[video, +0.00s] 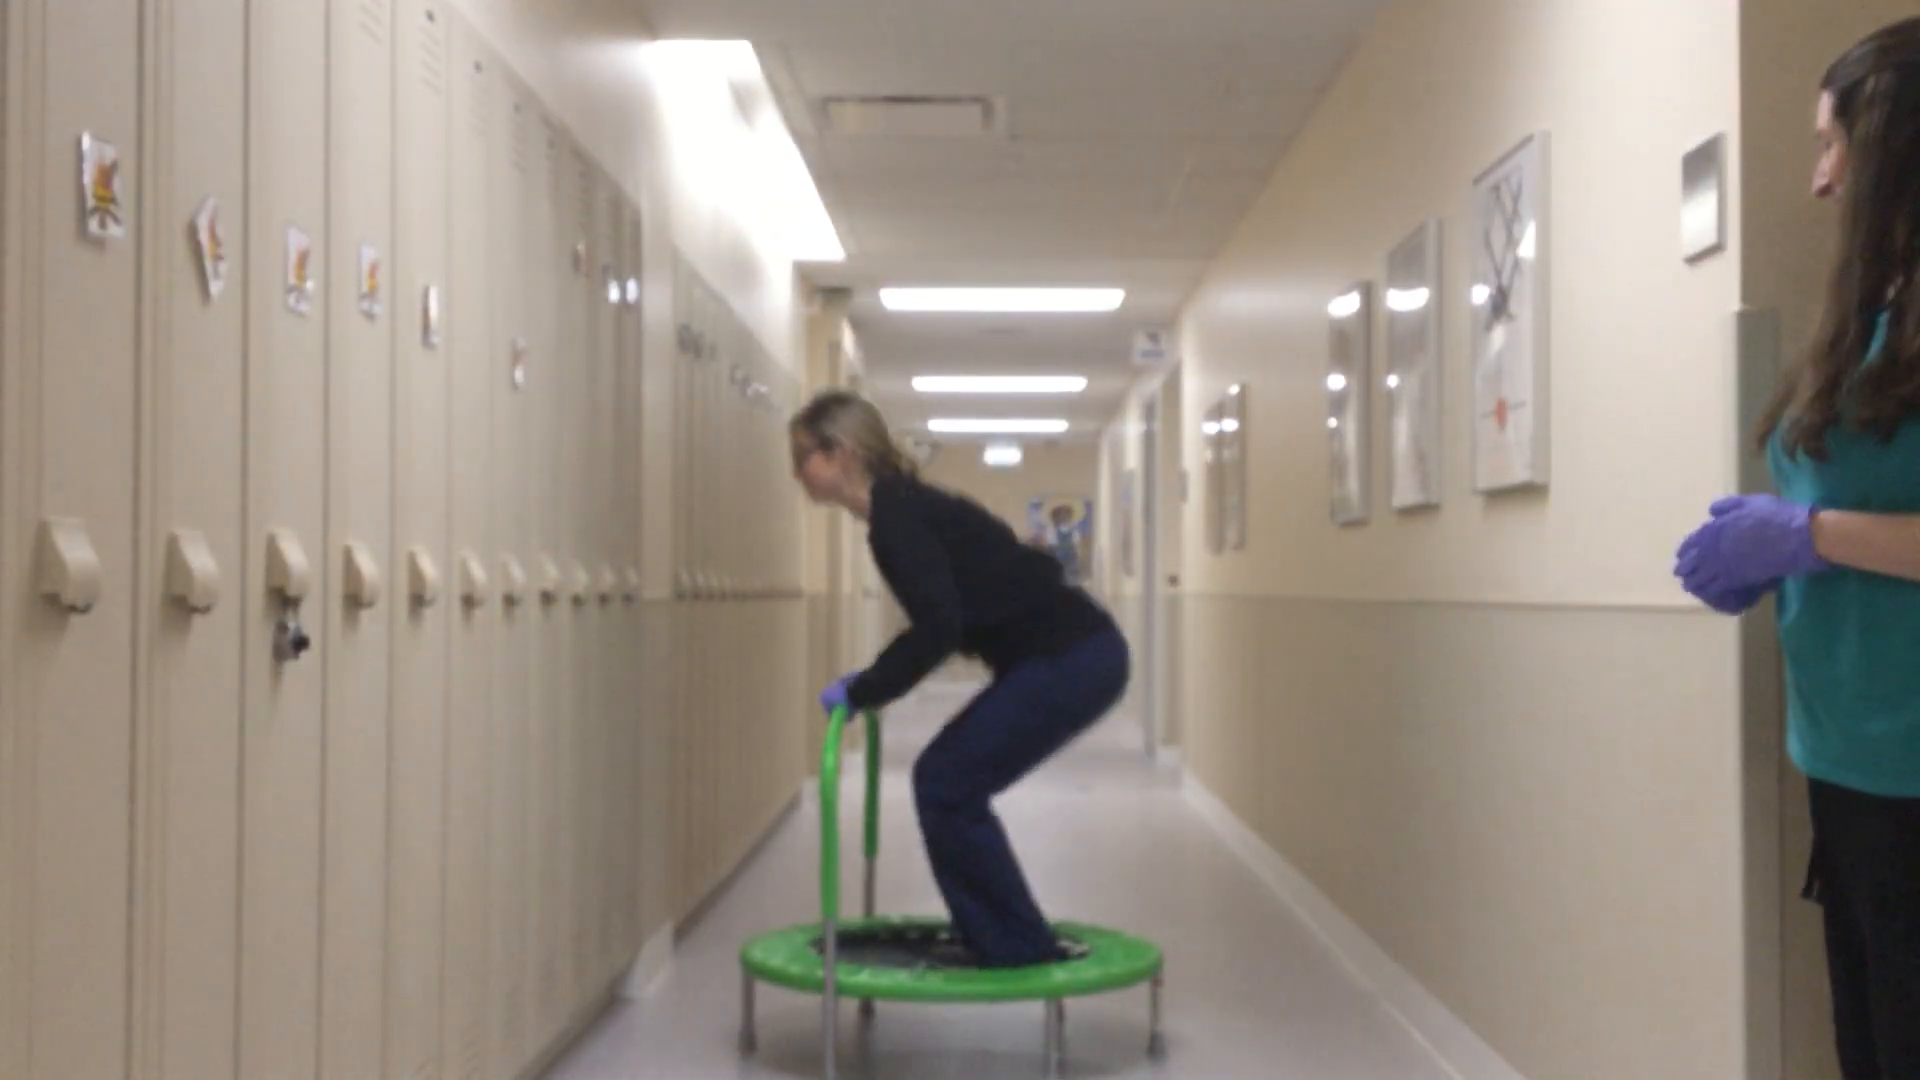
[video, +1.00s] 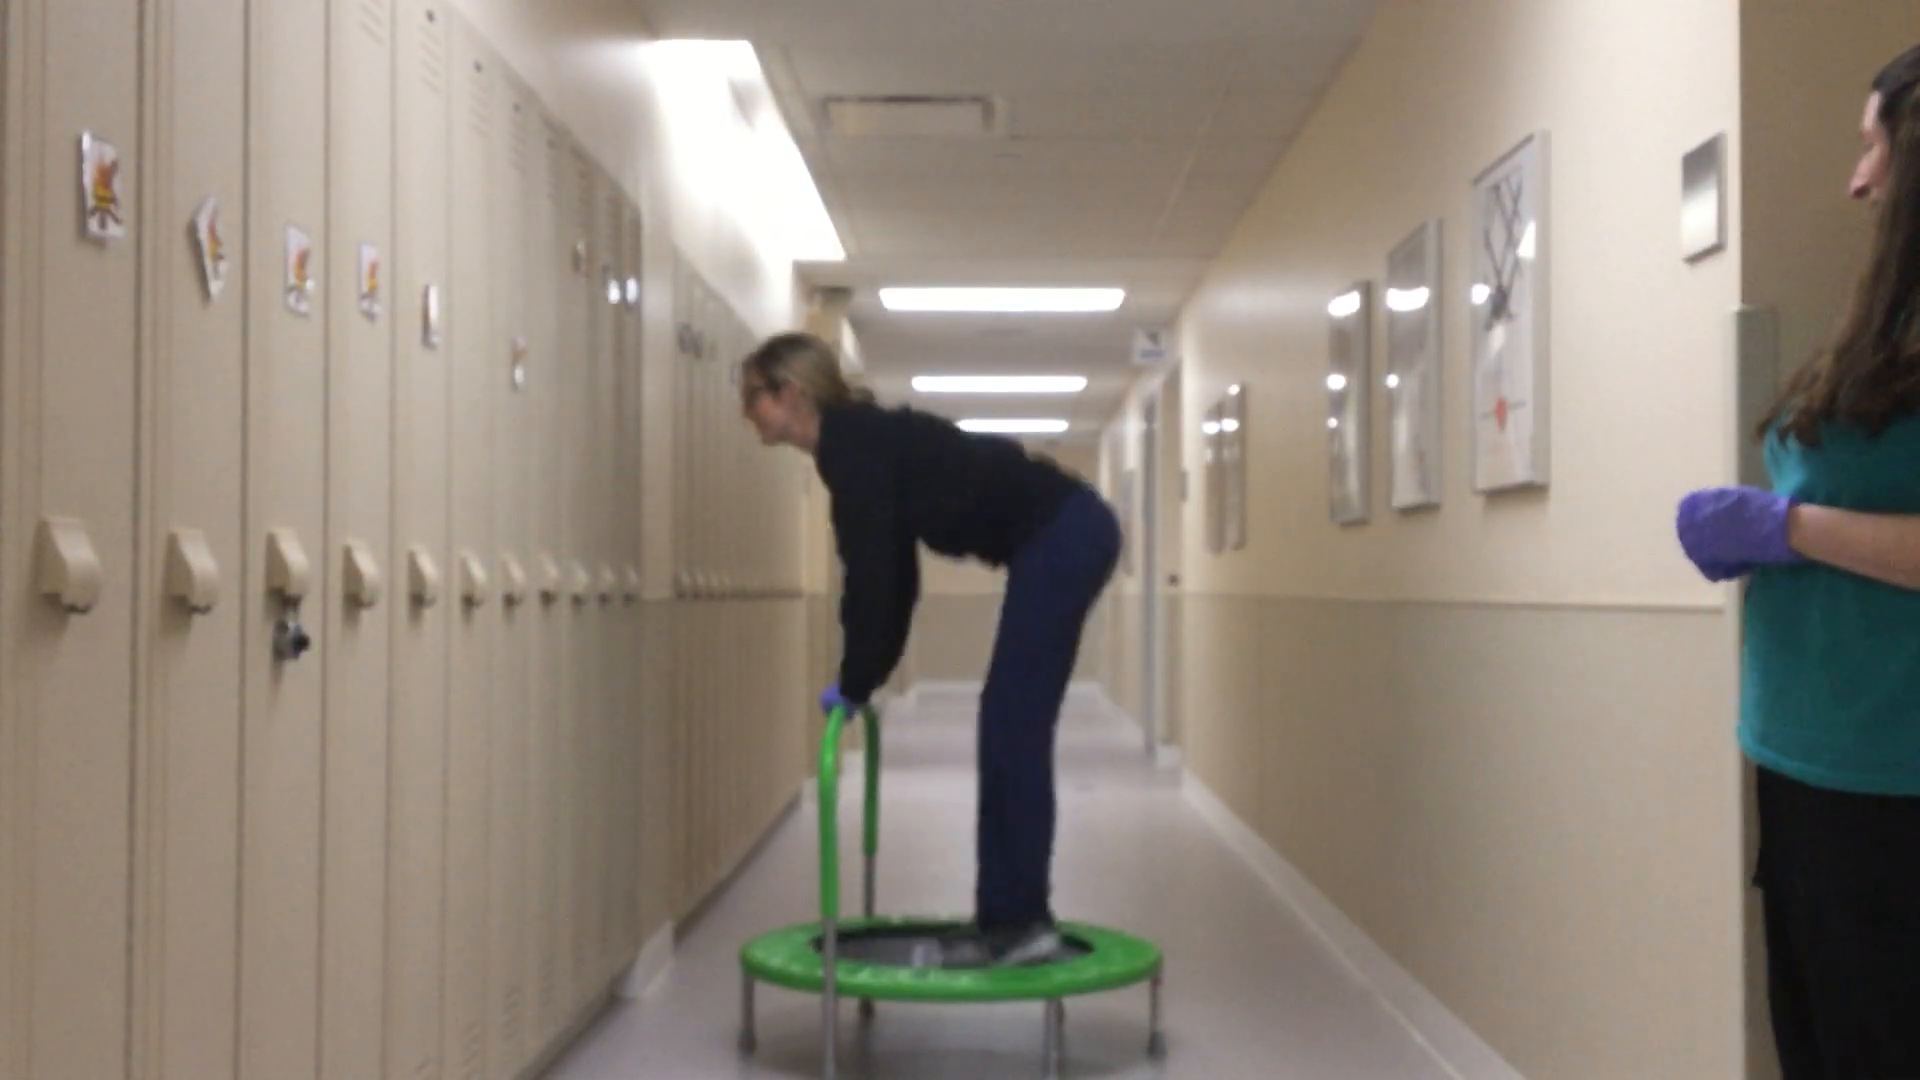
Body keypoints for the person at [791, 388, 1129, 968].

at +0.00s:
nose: (797, 473)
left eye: (802, 457)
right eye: (796, 459)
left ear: (838, 455)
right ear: (841, 456)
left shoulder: (899, 512)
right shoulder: (896, 511)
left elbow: (941, 626)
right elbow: (938, 624)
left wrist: (863, 690)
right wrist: (865, 684)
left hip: (1075, 659)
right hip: (1066, 656)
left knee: (947, 778)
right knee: (943, 775)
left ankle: (1013, 942)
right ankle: (993, 933)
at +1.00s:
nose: (750, 417)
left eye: (753, 400)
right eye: (747, 403)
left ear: (788, 394)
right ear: (798, 393)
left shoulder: (851, 443)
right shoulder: (862, 438)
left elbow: (873, 569)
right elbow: (894, 573)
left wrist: (854, 682)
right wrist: (861, 679)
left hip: (1061, 539)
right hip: (1060, 537)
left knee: (1014, 723)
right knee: (1012, 721)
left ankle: (1014, 919)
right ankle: (1011, 916)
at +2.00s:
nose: (787, 391)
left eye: (790, 375)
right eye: (785, 377)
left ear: (824, 370)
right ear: (834, 369)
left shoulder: (886, 421)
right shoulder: (887, 417)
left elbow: (885, 549)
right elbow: (892, 550)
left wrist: (863, 666)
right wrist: (866, 666)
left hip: (1090, 515)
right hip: (1088, 513)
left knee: (989, 673)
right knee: (990, 674)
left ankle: (977, 860)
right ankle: (975, 858)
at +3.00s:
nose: (816, 394)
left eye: (812, 377)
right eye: (806, 385)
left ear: (840, 353)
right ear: (843, 356)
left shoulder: (905, 403)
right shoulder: (901, 404)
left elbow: (905, 535)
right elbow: (905, 536)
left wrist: (880, 653)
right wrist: (884, 652)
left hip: (1102, 510)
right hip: (1093, 511)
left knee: (1011, 670)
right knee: (1007, 669)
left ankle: (995, 859)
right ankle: (990, 856)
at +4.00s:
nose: (904, 347)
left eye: (899, 331)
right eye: (894, 338)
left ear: (927, 301)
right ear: (926, 306)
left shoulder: (995, 354)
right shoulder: (989, 355)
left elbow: (1017, 478)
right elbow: (1009, 481)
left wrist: (1007, 593)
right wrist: (1001, 589)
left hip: (1064, 579)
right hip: (1057, 577)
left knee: (1015, 759)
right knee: (1017, 758)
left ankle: (1024, 941)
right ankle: (1027, 935)